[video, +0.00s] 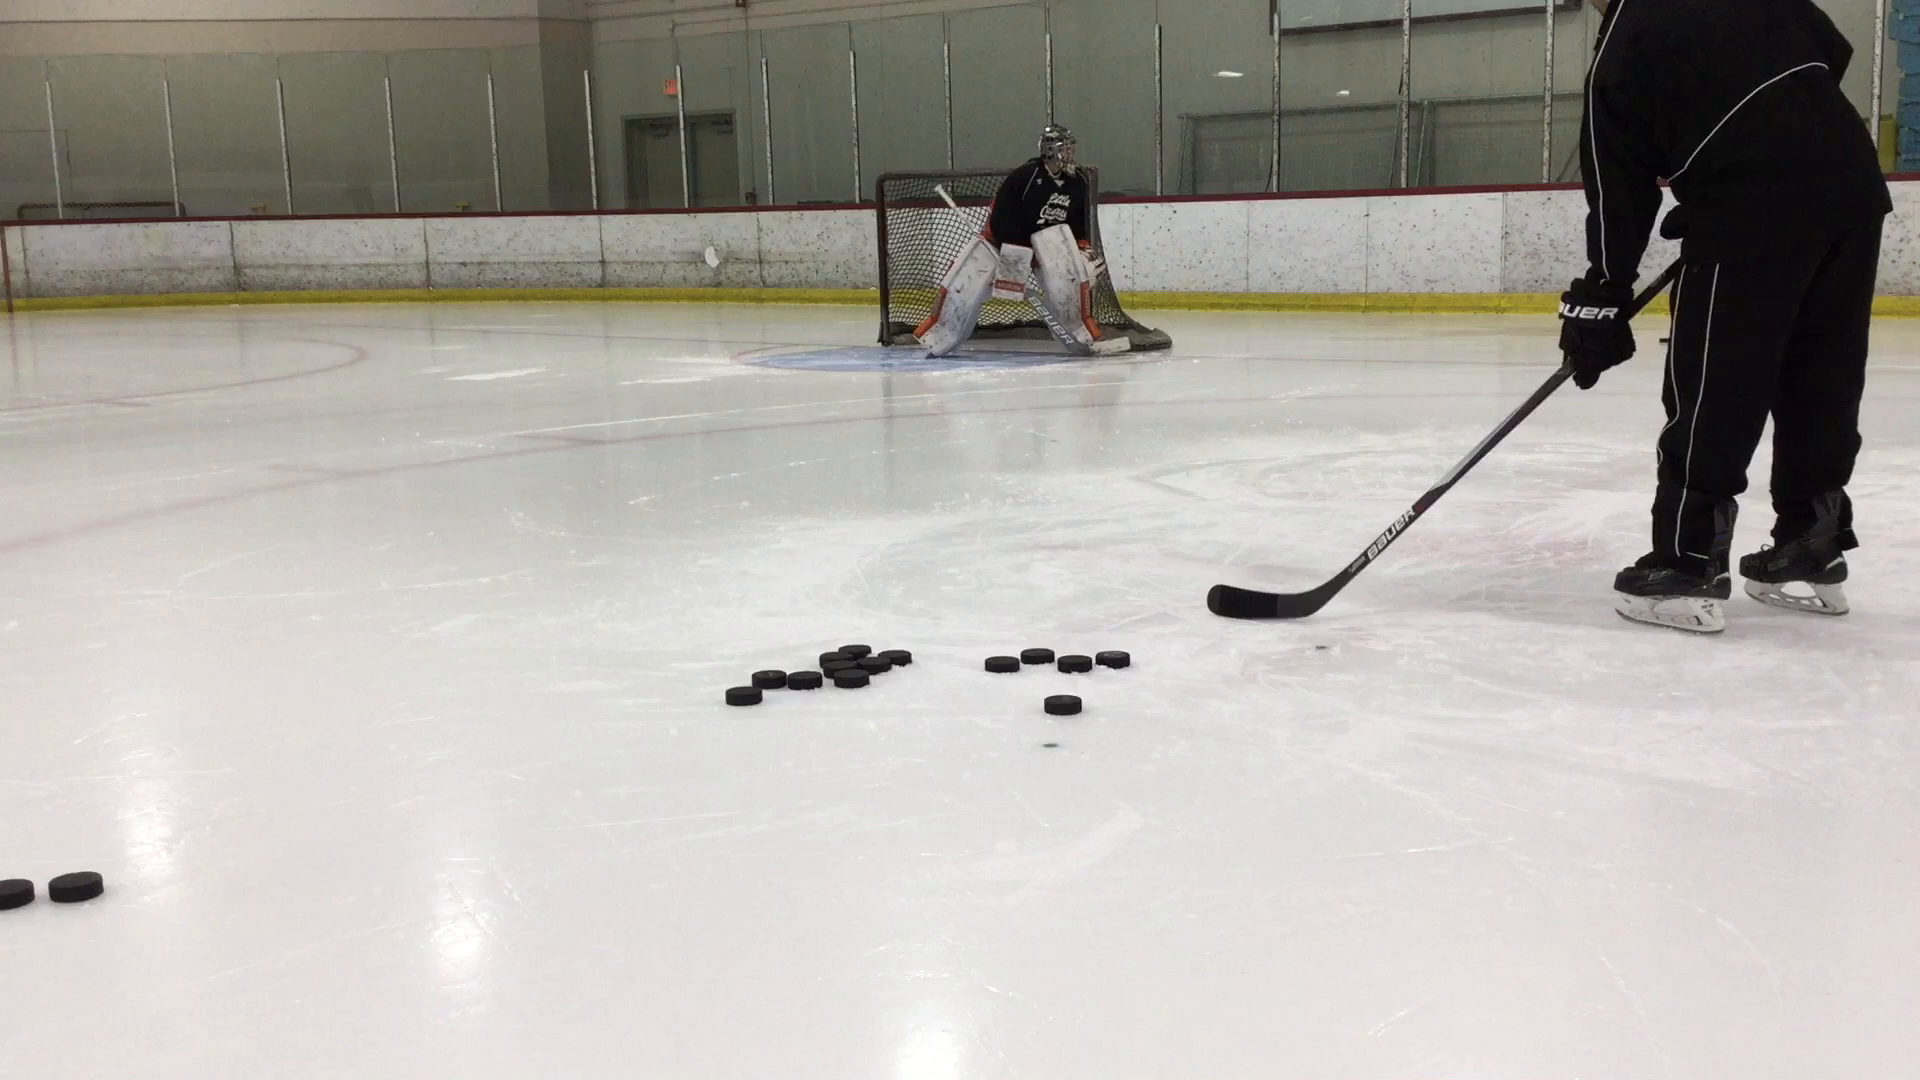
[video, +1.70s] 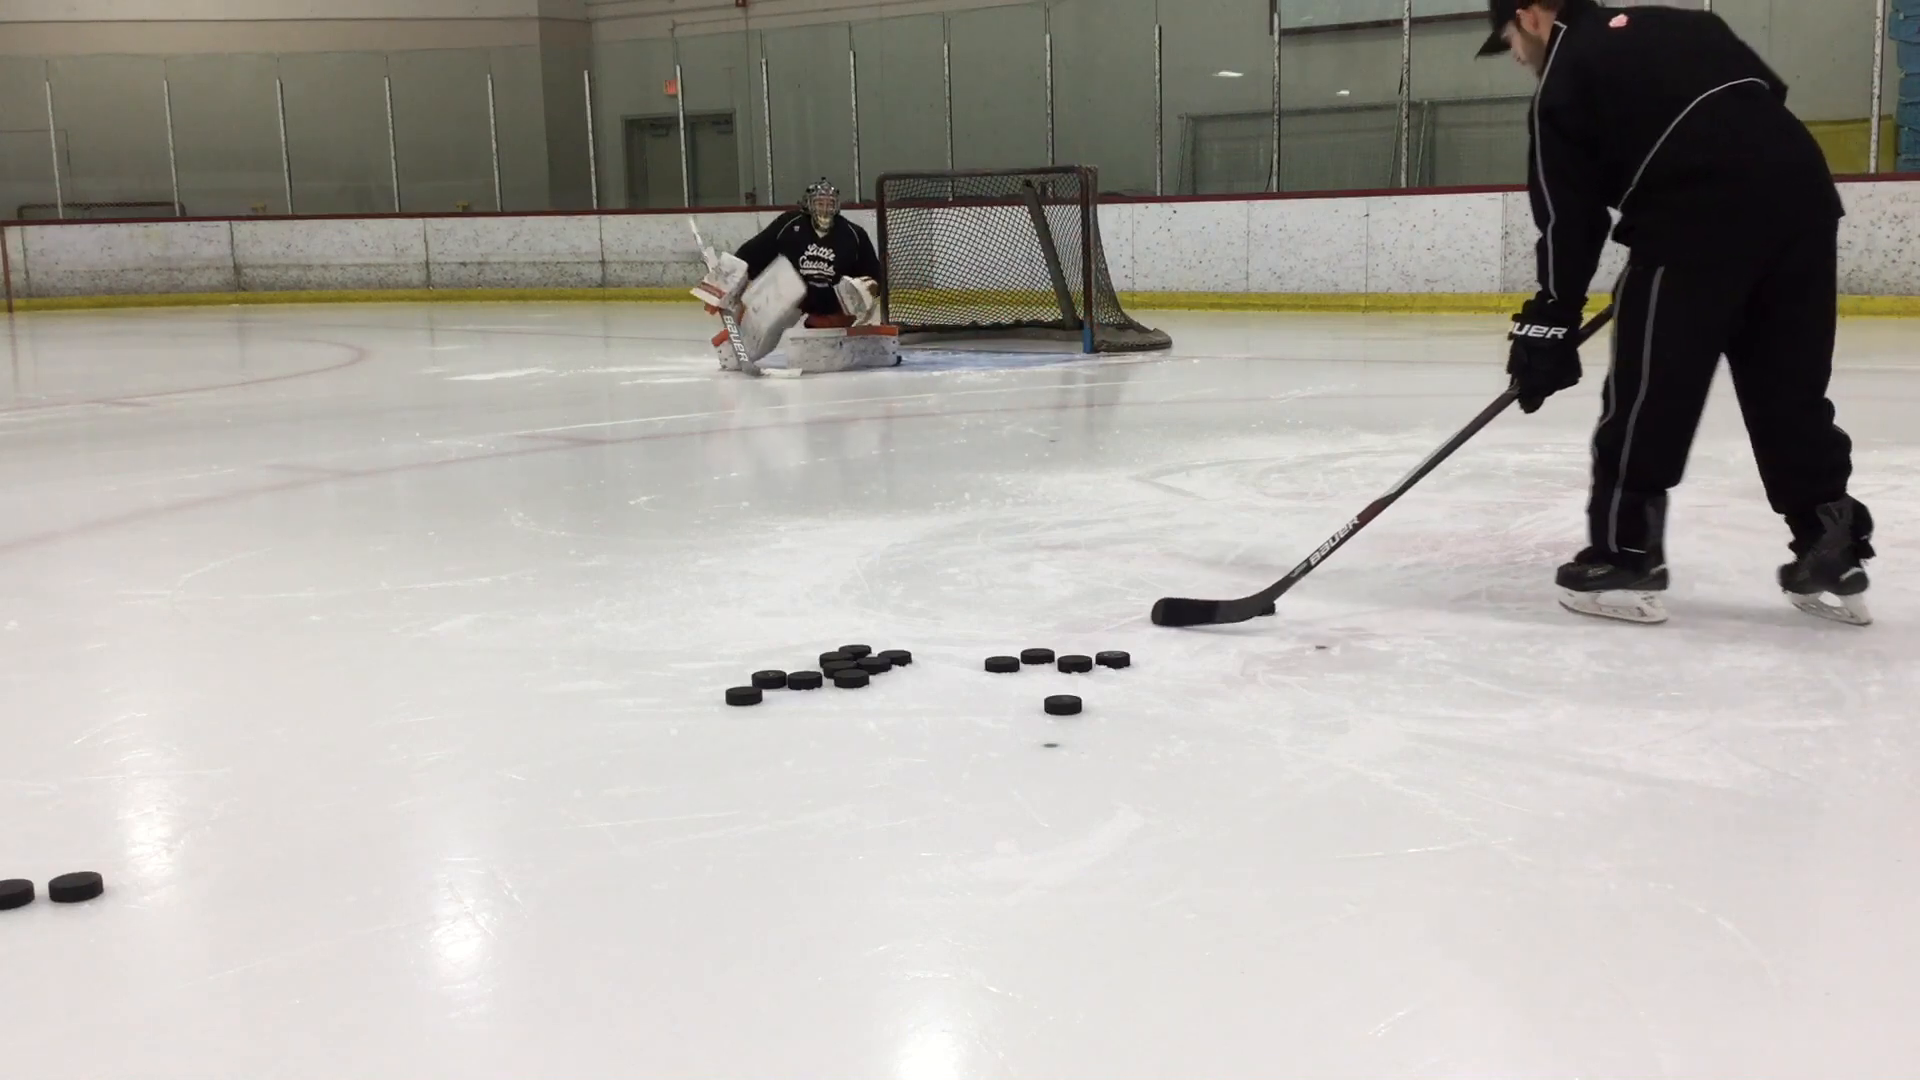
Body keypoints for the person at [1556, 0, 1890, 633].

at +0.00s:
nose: (1578, 7)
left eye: (1584, 8)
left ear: (1603, 3)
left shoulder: (1618, 54)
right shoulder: (1761, 3)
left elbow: (1619, 189)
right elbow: (1831, 51)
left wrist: (1601, 299)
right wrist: (1728, 178)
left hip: (1748, 208)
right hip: (1853, 193)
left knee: (1712, 384)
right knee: (1822, 378)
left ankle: (1691, 557)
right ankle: (1812, 543)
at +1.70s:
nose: (1514, 57)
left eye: (1510, 39)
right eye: (1507, 45)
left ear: (1537, 14)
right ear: (1578, 9)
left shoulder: (1563, 87)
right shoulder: (1682, 23)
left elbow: (1567, 217)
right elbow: (1764, 89)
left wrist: (1548, 324)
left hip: (1694, 225)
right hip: (1801, 204)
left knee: (1645, 392)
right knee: (1788, 391)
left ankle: (1626, 553)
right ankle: (1832, 548)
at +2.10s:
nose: (1463, 77)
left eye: (1459, 62)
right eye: (1459, 64)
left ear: (1476, 44)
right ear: (1521, 23)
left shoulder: (1486, 118)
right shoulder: (1620, 13)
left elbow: (1526, 217)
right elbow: (1727, 44)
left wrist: (1547, 232)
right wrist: (1671, 106)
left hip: (1604, 233)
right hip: (1713, 201)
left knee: (1594, 391)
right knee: (1772, 358)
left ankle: (1561, 534)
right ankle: (1863, 492)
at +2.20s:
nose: (1475, 50)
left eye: (1475, 38)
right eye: (1472, 40)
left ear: (1491, 29)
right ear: (1542, 13)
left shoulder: (1497, 93)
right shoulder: (1618, 9)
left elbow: (1492, 153)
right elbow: (1728, 25)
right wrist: (1695, 97)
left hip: (1592, 232)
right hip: (1702, 206)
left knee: (1590, 393)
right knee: (1754, 367)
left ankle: (1558, 531)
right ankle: (1817, 519)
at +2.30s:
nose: (1496, 25)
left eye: (1496, 16)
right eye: (1495, 16)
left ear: (1513, 15)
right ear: (1564, 2)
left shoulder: (1510, 78)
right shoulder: (1628, 6)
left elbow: (1507, 144)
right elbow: (1739, 14)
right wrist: (1708, 84)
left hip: (1583, 230)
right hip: (1691, 211)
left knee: (1590, 387)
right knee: (1727, 381)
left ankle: (1544, 545)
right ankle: (1768, 553)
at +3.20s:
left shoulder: (1622, 25)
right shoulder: (1796, 3)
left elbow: (1606, 149)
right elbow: (1850, 52)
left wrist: (1594, 263)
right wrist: (1780, 114)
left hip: (1691, 212)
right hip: (1805, 206)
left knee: (1659, 394)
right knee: (1775, 384)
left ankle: (1614, 553)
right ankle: (1788, 545)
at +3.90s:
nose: (1519, 20)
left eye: (1521, 16)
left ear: (1539, 3)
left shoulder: (1561, 27)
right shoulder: (1690, 7)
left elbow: (1557, 161)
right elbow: (1721, 98)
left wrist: (1529, 284)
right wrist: (1641, 196)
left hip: (1681, 211)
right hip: (1781, 192)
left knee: (1642, 393)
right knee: (1764, 383)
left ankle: (1635, 562)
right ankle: (1783, 548)